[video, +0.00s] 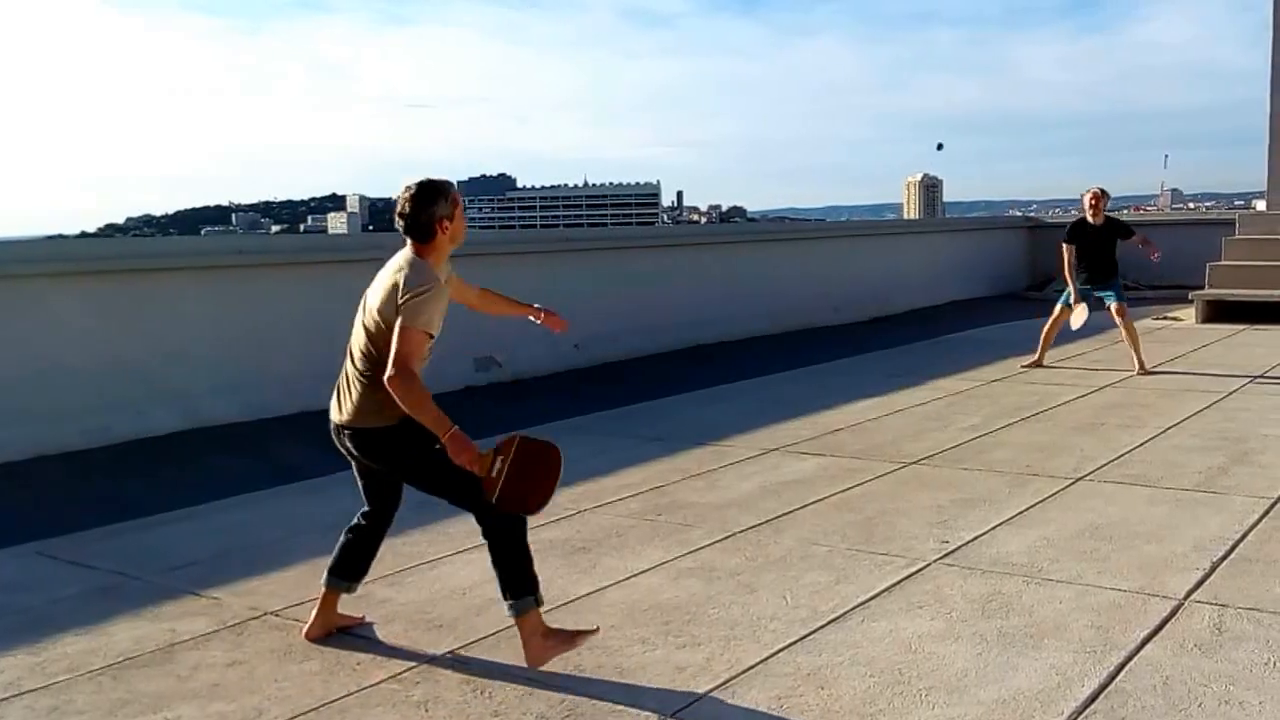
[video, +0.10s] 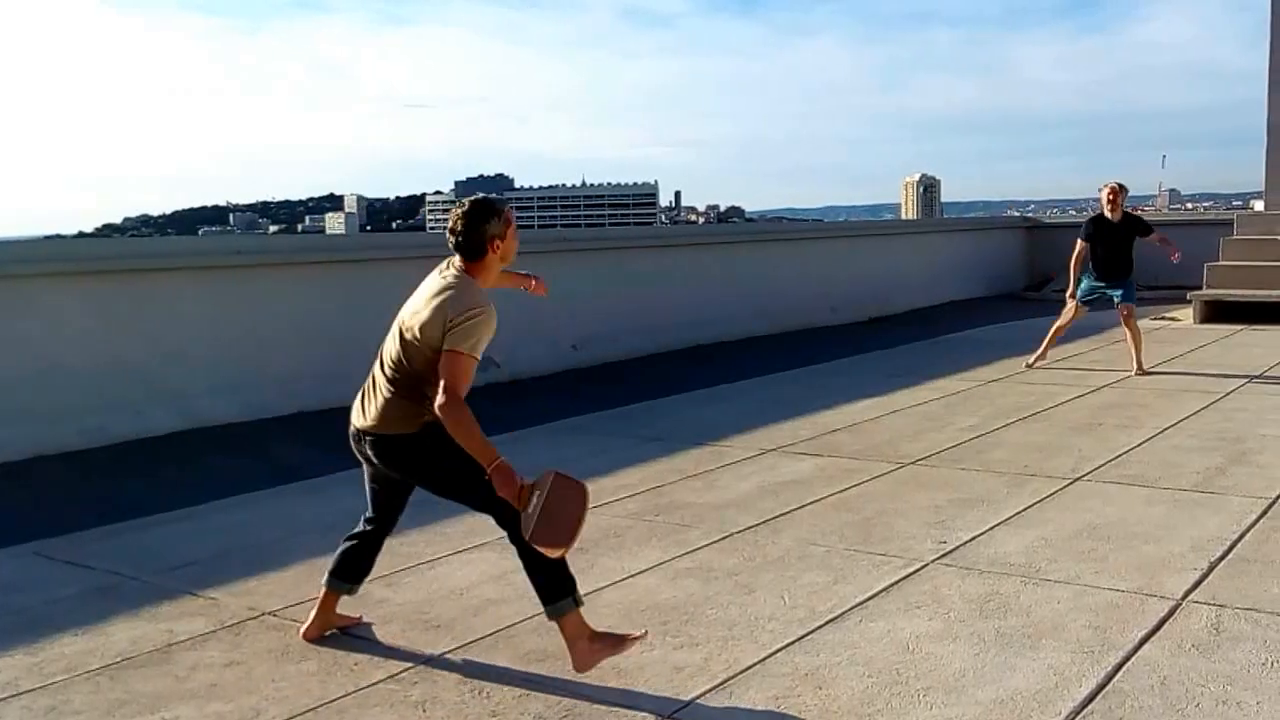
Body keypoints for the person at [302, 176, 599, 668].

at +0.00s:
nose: (464, 219)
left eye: (461, 211)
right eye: (460, 212)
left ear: (420, 227)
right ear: (444, 225)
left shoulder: (409, 265)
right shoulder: (425, 284)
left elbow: (474, 297)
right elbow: (399, 377)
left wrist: (533, 311)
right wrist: (451, 436)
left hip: (352, 423)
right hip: (384, 426)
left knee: (377, 511)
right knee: (495, 501)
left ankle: (323, 616)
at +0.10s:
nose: (516, 238)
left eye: (514, 229)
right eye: (512, 231)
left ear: (468, 244)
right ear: (496, 246)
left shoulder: (445, 272)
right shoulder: (475, 310)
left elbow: (482, 276)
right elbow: (448, 403)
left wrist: (523, 281)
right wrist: (496, 465)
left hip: (369, 427)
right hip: (408, 436)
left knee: (376, 521)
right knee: (514, 508)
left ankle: (322, 615)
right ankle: (581, 640)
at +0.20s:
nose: (598, 264)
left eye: (595, 257)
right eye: (594, 259)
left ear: (544, 268)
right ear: (576, 277)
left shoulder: (514, 281)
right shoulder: (552, 339)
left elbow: (483, 265)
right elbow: (545, 443)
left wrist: (465, 254)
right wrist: (594, 510)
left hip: (397, 424)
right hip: (440, 441)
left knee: (362, 526)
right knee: (549, 527)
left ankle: (317, 617)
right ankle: (579, 673)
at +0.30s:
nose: (662, 321)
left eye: (662, 311)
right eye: (660, 312)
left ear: (607, 306)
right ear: (641, 319)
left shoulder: (560, 312)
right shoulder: (617, 380)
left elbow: (489, 288)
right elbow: (654, 478)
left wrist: (425, 263)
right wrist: (717, 537)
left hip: (429, 437)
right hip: (467, 455)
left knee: (373, 541)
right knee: (589, 531)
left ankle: (292, 630)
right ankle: (592, 679)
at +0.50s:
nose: (728, 376)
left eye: (730, 367)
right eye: (728, 368)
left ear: (678, 350)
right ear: (707, 371)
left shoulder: (621, 347)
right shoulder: (681, 418)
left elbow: (533, 342)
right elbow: (745, 475)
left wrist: (458, 351)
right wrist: (805, 447)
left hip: (473, 434)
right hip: (518, 461)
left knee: (389, 550)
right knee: (635, 545)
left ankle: (299, 660)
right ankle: (588, 679)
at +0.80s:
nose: (721, 269)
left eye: (720, 260)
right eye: (720, 260)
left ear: (666, 258)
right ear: (708, 265)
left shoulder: (615, 277)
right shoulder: (701, 322)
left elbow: (534, 313)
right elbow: (712, 416)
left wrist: (494, 378)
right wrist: (732, 452)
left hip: (513, 391)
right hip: (564, 407)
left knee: (552, 513)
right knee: (622, 542)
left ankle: (469, 616)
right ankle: (577, 678)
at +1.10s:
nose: (690, 213)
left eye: (688, 204)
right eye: (689, 205)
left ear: (635, 205)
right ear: (678, 207)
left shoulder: (597, 247)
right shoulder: (681, 259)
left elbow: (533, 303)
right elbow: (686, 355)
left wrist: (524, 377)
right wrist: (679, 403)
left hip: (572, 393)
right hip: (622, 401)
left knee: (626, 515)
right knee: (669, 536)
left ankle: (618, 631)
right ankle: (586, 659)